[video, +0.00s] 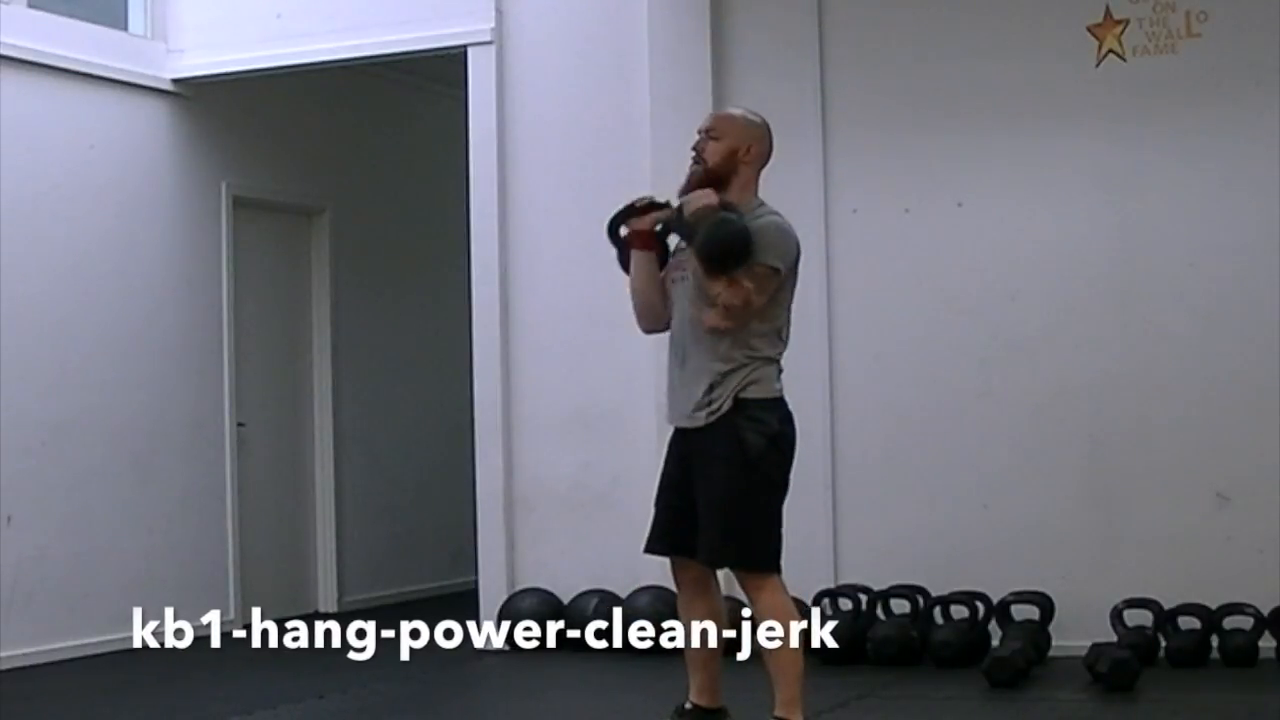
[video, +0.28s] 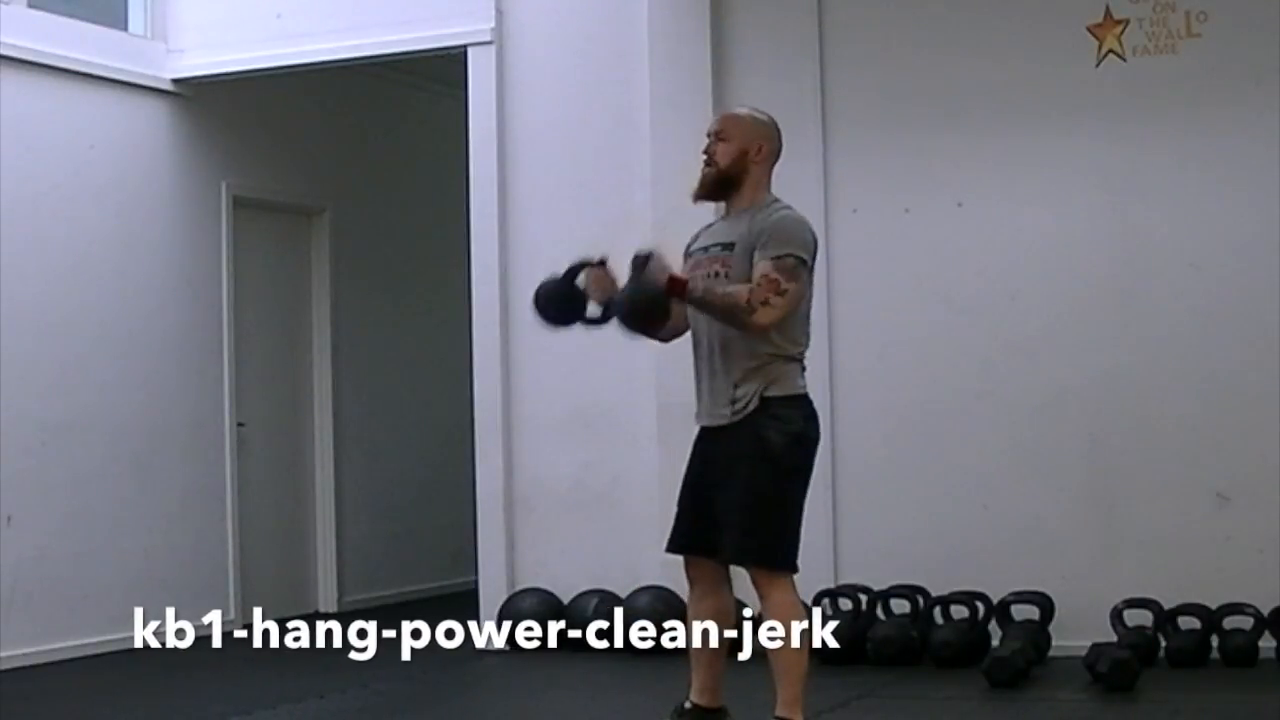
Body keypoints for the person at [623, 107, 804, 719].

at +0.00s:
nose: (696, 145)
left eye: (710, 137)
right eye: (698, 136)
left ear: (747, 155)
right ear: (723, 154)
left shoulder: (771, 231)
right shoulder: (696, 233)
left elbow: (726, 310)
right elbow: (652, 317)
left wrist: (702, 225)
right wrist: (642, 244)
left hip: (750, 420)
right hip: (694, 423)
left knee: (756, 571)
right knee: (688, 566)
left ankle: (790, 711)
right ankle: (704, 704)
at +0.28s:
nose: (705, 151)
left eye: (719, 141)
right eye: (707, 141)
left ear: (758, 154)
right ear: (743, 157)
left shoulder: (786, 227)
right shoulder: (706, 239)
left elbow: (762, 311)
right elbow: (667, 325)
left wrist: (678, 287)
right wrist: (613, 295)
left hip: (774, 417)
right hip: (720, 421)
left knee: (768, 564)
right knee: (700, 556)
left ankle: (791, 711)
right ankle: (705, 703)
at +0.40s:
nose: (710, 157)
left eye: (724, 147)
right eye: (712, 147)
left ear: (761, 160)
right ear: (744, 162)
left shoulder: (787, 234)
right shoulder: (706, 249)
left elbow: (762, 326)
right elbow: (675, 328)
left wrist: (679, 354)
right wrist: (609, 354)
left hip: (789, 425)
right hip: (732, 432)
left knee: (768, 567)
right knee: (696, 561)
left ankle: (791, 712)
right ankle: (704, 704)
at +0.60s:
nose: (672, 194)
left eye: (685, 184)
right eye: (674, 184)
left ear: (724, 196)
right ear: (707, 198)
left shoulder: (757, 285)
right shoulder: (680, 290)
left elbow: (721, 401)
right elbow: (664, 385)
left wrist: (688, 485)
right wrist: (642, 474)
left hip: (799, 449)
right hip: (734, 454)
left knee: (767, 571)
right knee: (667, 553)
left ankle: (791, 712)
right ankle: (700, 702)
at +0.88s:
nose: (549, 269)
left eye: (561, 256)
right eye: (551, 257)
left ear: (603, 263)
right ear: (596, 265)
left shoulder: (672, 332)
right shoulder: (607, 349)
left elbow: (725, 437)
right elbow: (671, 432)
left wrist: (748, 505)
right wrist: (723, 500)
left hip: (791, 439)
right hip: (738, 447)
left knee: (768, 573)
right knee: (676, 552)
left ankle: (793, 713)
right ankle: (701, 700)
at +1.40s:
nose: (697, 174)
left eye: (709, 163)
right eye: (699, 164)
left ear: (748, 172)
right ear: (736, 174)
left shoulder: (775, 248)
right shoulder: (707, 257)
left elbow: (755, 356)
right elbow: (692, 345)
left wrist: (685, 409)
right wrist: (655, 406)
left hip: (777, 435)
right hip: (721, 438)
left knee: (747, 571)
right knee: (675, 561)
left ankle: (790, 712)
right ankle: (701, 703)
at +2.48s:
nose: (688, 151)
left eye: (703, 144)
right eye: (687, 143)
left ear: (737, 162)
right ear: (686, 162)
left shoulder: (748, 220)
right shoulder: (674, 218)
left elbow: (719, 168)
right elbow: (623, 162)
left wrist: (708, 92)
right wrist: (651, 94)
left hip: (743, 425)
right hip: (691, 426)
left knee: (731, 575)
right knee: (657, 572)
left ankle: (789, 712)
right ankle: (701, 706)